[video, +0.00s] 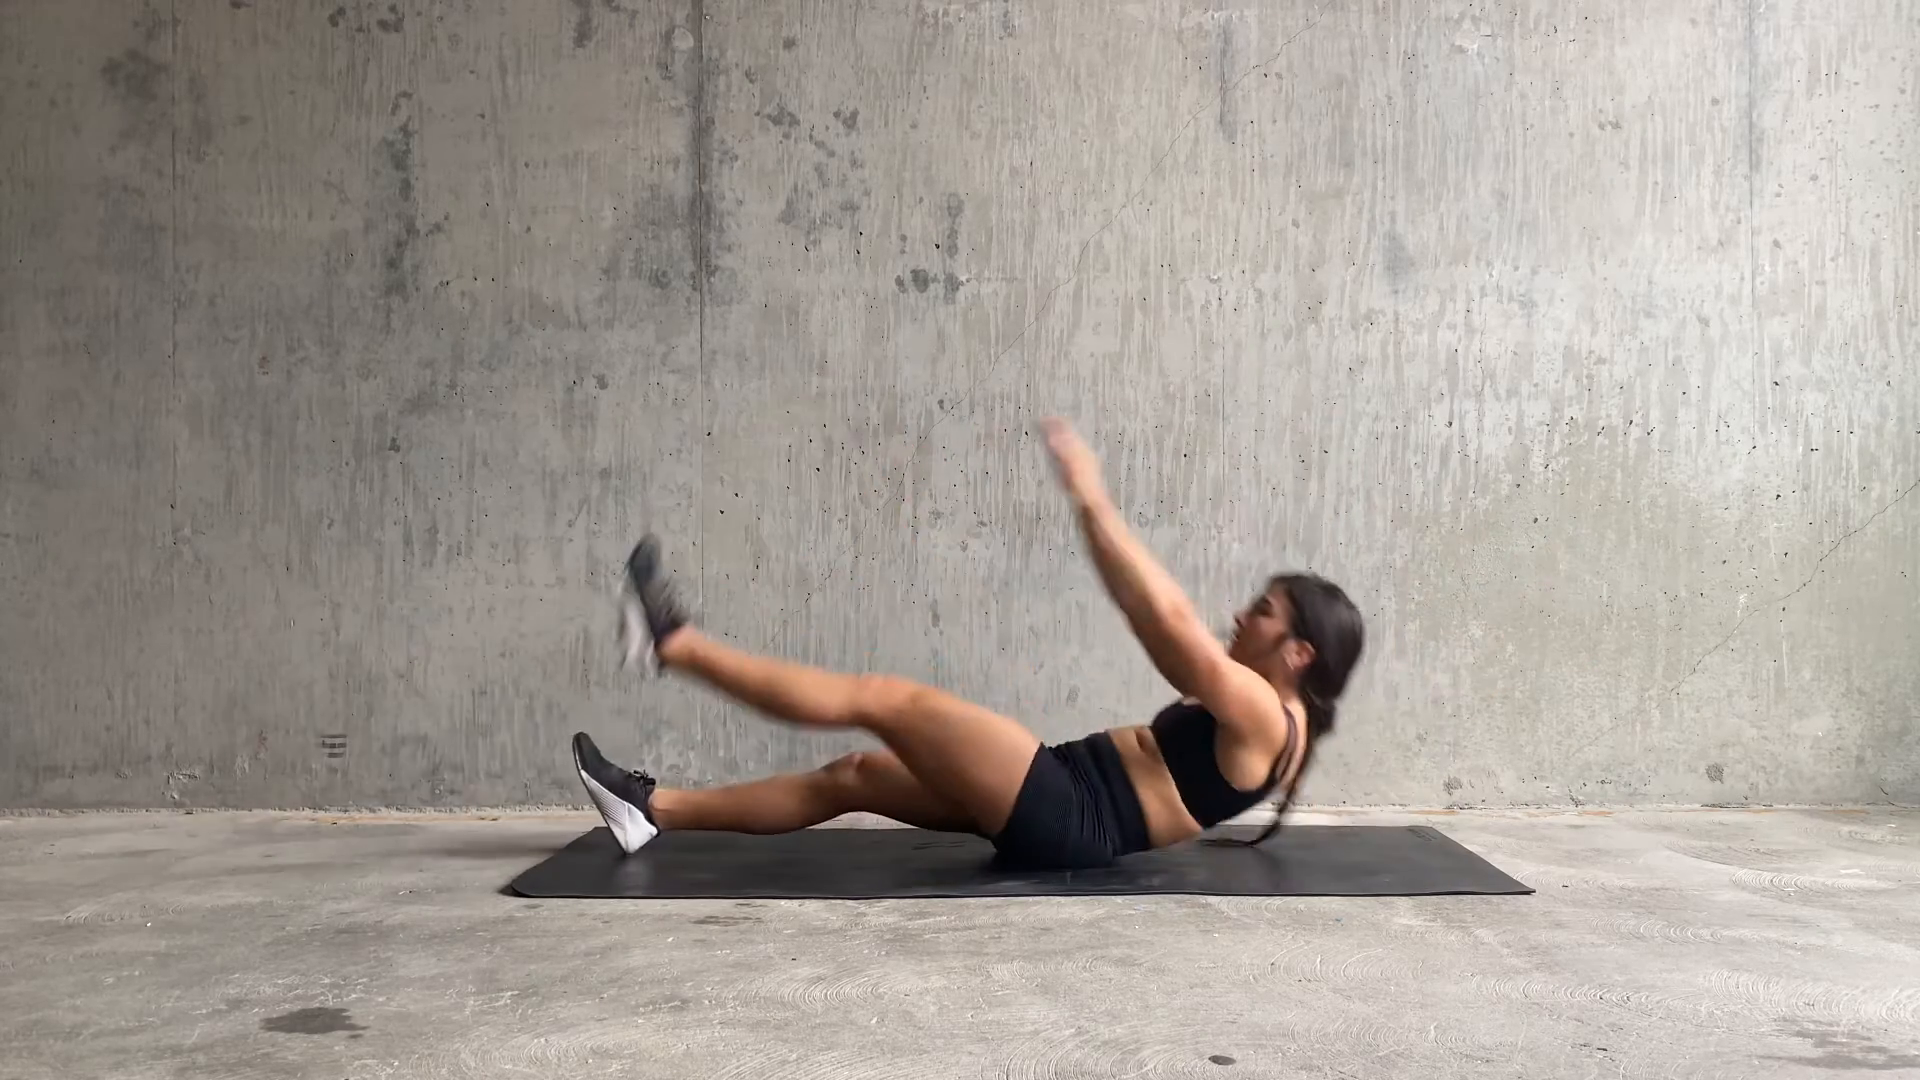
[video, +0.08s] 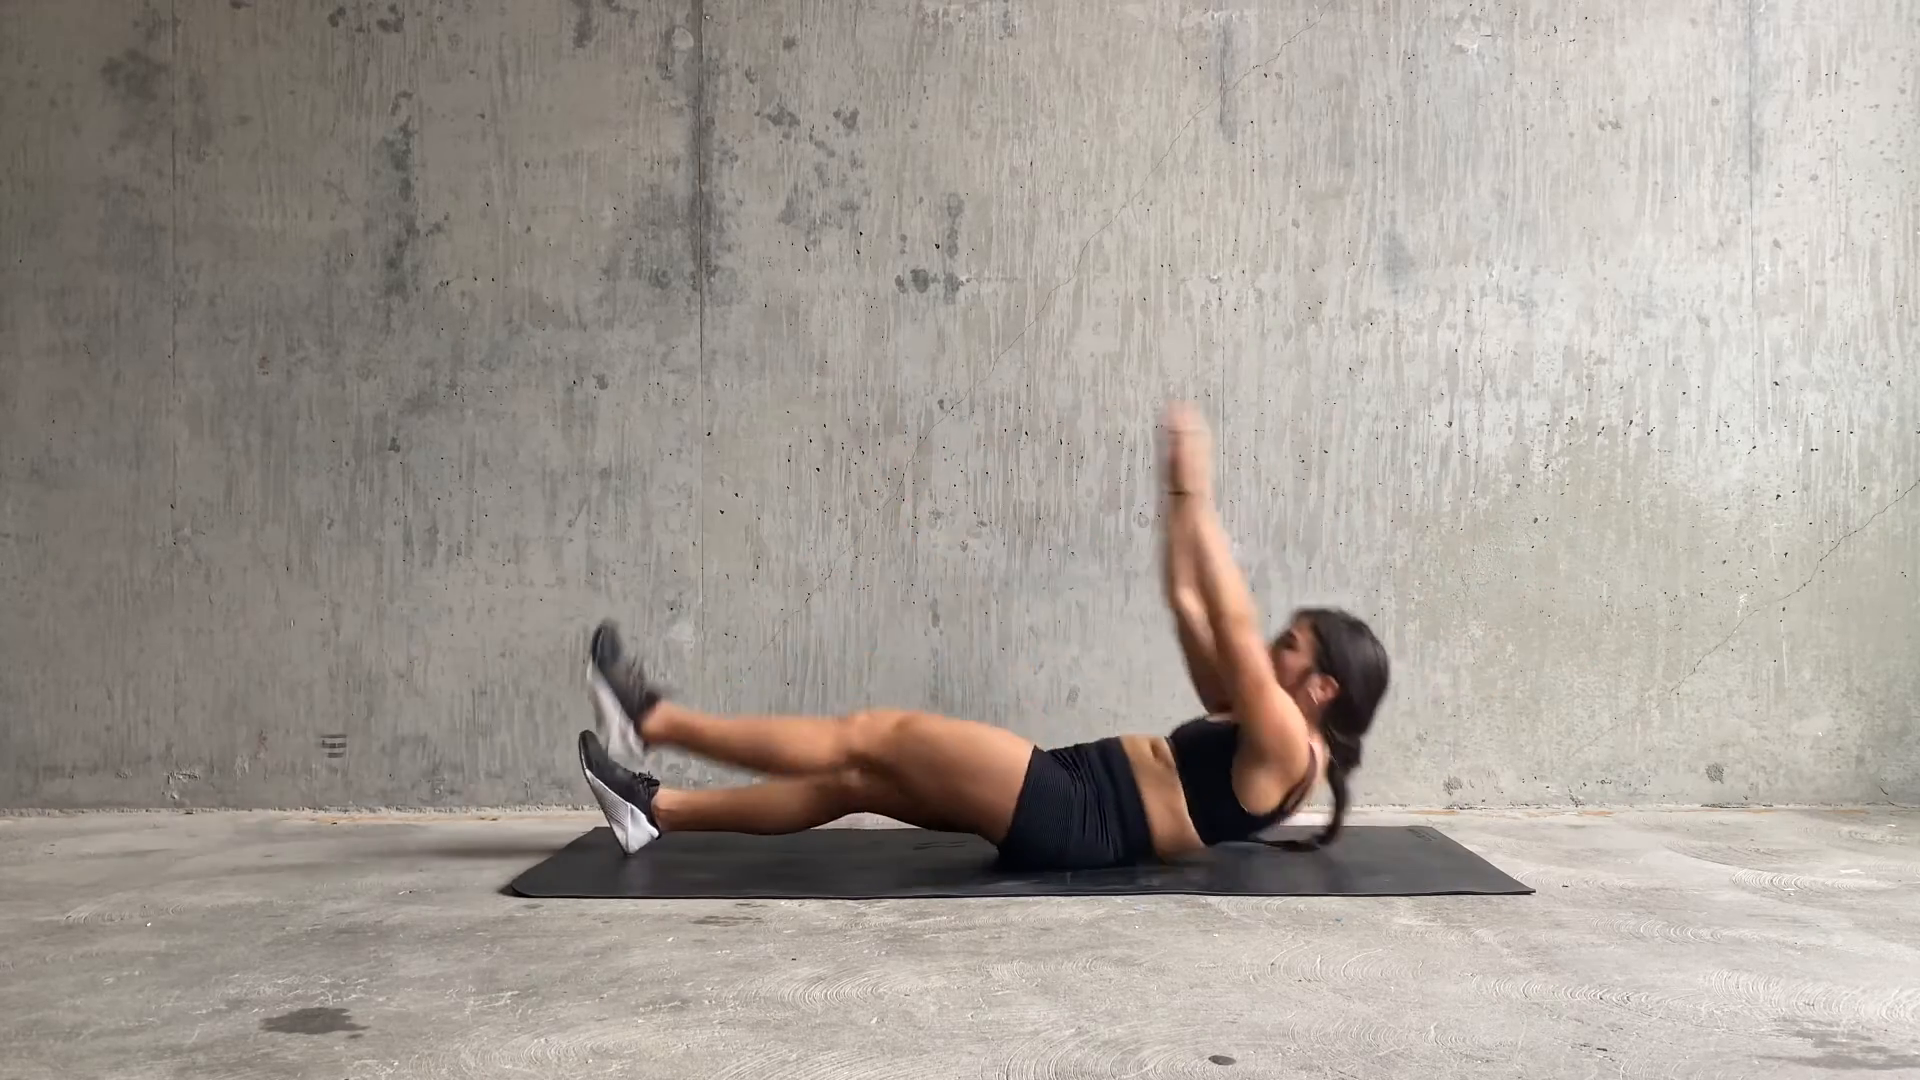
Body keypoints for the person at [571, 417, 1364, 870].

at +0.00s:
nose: (1238, 627)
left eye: (1259, 624)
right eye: (1250, 615)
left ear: (1300, 656)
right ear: (1296, 658)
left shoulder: (1261, 710)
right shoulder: (1260, 713)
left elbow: (1161, 621)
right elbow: (1164, 621)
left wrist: (1093, 503)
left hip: (1072, 810)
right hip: (1061, 800)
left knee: (886, 703)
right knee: (857, 776)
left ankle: (678, 646)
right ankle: (654, 809)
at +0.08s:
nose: (1269, 656)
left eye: (1287, 651)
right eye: (1281, 643)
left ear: (1323, 685)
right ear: (1317, 682)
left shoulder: (1291, 748)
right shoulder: (1267, 737)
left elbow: (1220, 608)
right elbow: (1192, 619)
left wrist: (1194, 490)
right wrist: (1185, 498)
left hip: (1073, 810)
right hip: (1069, 799)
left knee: (874, 742)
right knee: (858, 780)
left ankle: (660, 723)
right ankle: (654, 810)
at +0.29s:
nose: (1322, 699)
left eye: (1345, 701)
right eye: (1333, 687)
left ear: (1369, 738)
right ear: (1334, 706)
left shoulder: (1322, 810)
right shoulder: (1302, 776)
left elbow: (1393, 685)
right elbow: (1342, 657)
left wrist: (1457, 572)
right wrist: (1421, 567)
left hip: (1087, 810)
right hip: (1086, 782)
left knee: (875, 779)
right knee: (881, 773)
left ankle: (660, 814)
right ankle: (673, 809)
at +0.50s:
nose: (1344, 707)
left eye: (1366, 711)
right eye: (1359, 699)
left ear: (1380, 757)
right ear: (1352, 727)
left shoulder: (1325, 818)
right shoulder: (1313, 781)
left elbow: (1441, 727)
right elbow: (1422, 707)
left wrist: (1541, 650)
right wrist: (1512, 646)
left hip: (1088, 806)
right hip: (1091, 784)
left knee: (872, 786)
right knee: (875, 781)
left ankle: (662, 822)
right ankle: (671, 820)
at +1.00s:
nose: (1175, 567)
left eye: (1193, 562)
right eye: (1190, 556)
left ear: (1229, 594)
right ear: (1237, 598)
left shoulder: (1189, 654)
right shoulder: (1226, 660)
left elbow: (1053, 581)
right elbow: (1073, 645)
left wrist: (956, 498)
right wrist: (995, 619)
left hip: (1059, 812)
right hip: (1058, 768)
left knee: (843, 772)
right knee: (952, 613)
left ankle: (627, 823)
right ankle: (814, 473)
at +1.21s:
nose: (1155, 539)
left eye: (1172, 535)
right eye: (1168, 528)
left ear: (1207, 571)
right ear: (1212, 576)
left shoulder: (1175, 635)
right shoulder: (1201, 638)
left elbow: (1051, 568)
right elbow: (1046, 630)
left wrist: (950, 481)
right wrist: (916, 554)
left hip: (1067, 809)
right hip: (1072, 773)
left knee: (851, 783)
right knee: (991, 613)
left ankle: (630, 823)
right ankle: (864, 451)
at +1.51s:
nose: (1243, 620)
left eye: (1263, 619)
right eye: (1255, 610)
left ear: (1298, 654)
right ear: (1290, 647)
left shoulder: (1258, 706)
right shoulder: (1242, 697)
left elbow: (1151, 615)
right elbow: (1119, 627)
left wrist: (1067, 504)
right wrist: (1041, 529)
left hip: (1068, 812)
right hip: (1066, 773)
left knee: (852, 790)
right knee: (893, 674)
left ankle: (635, 827)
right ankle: (701, 610)